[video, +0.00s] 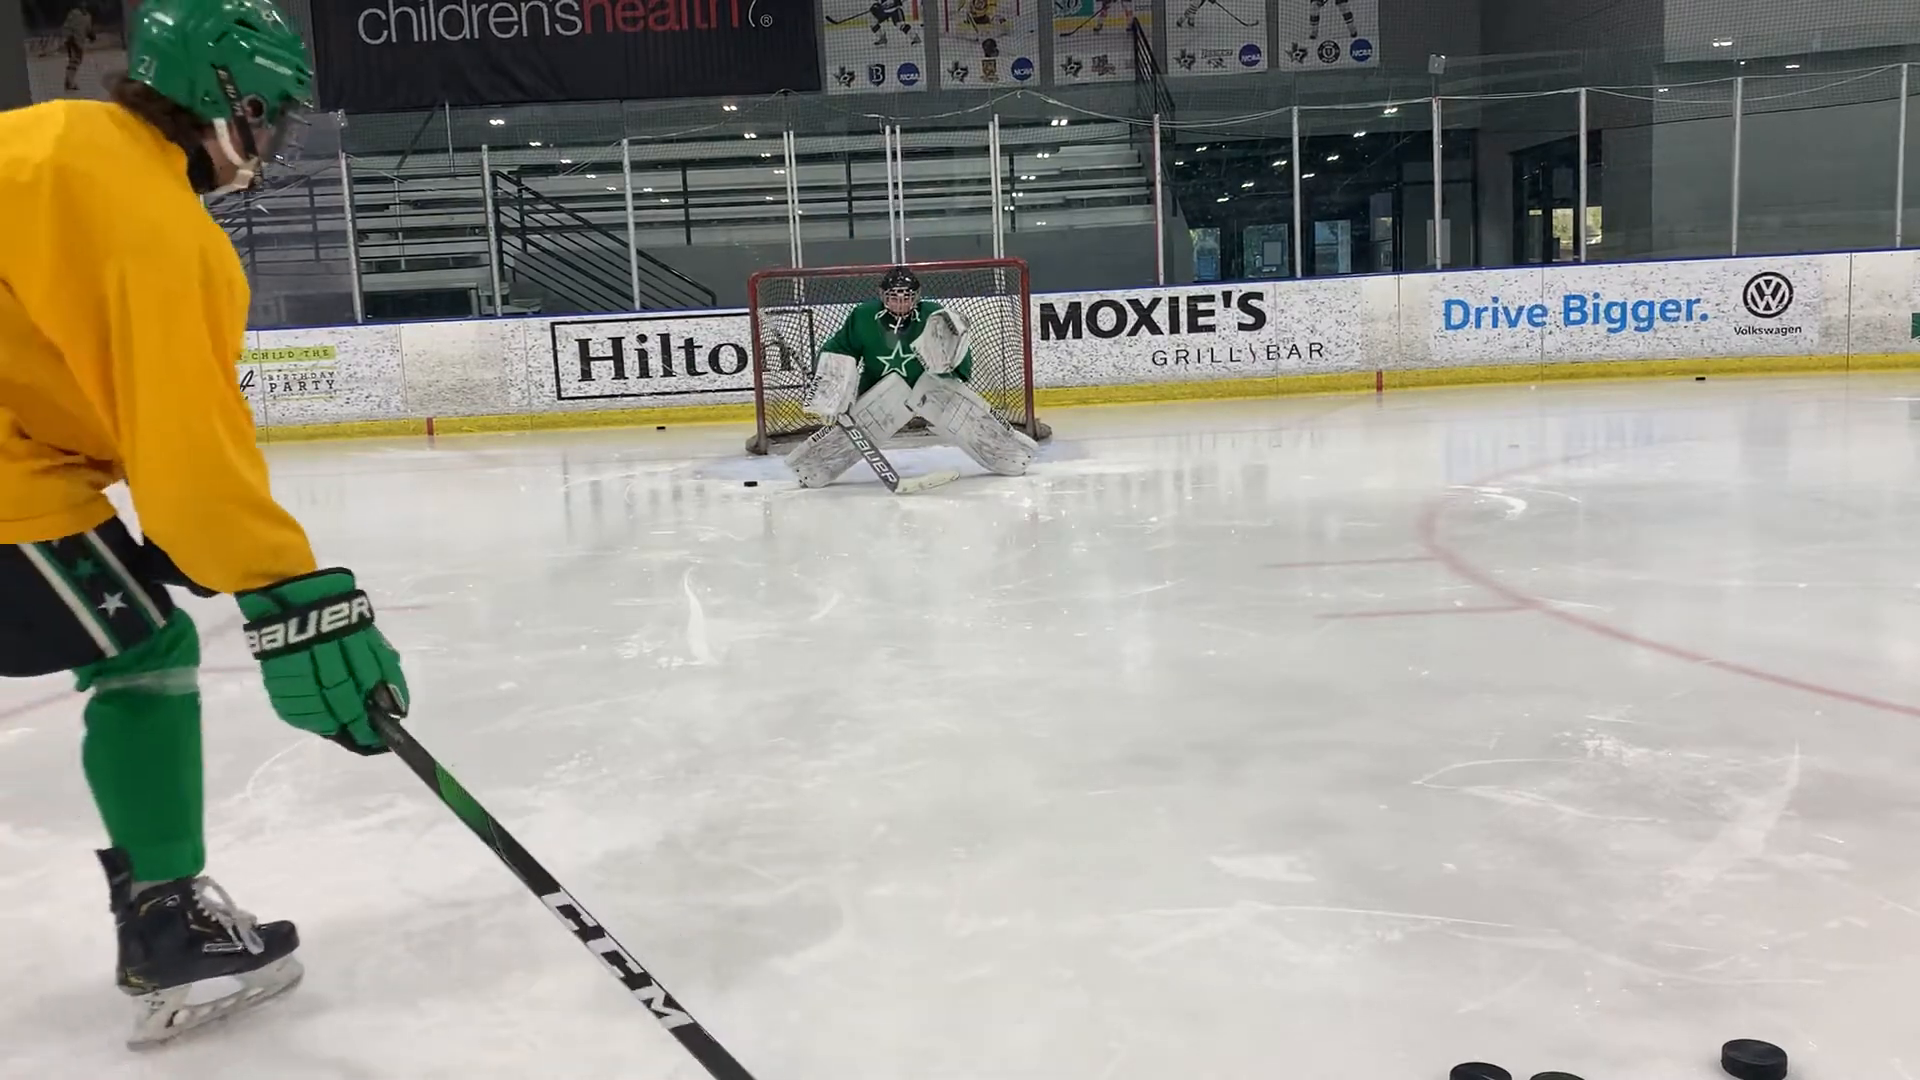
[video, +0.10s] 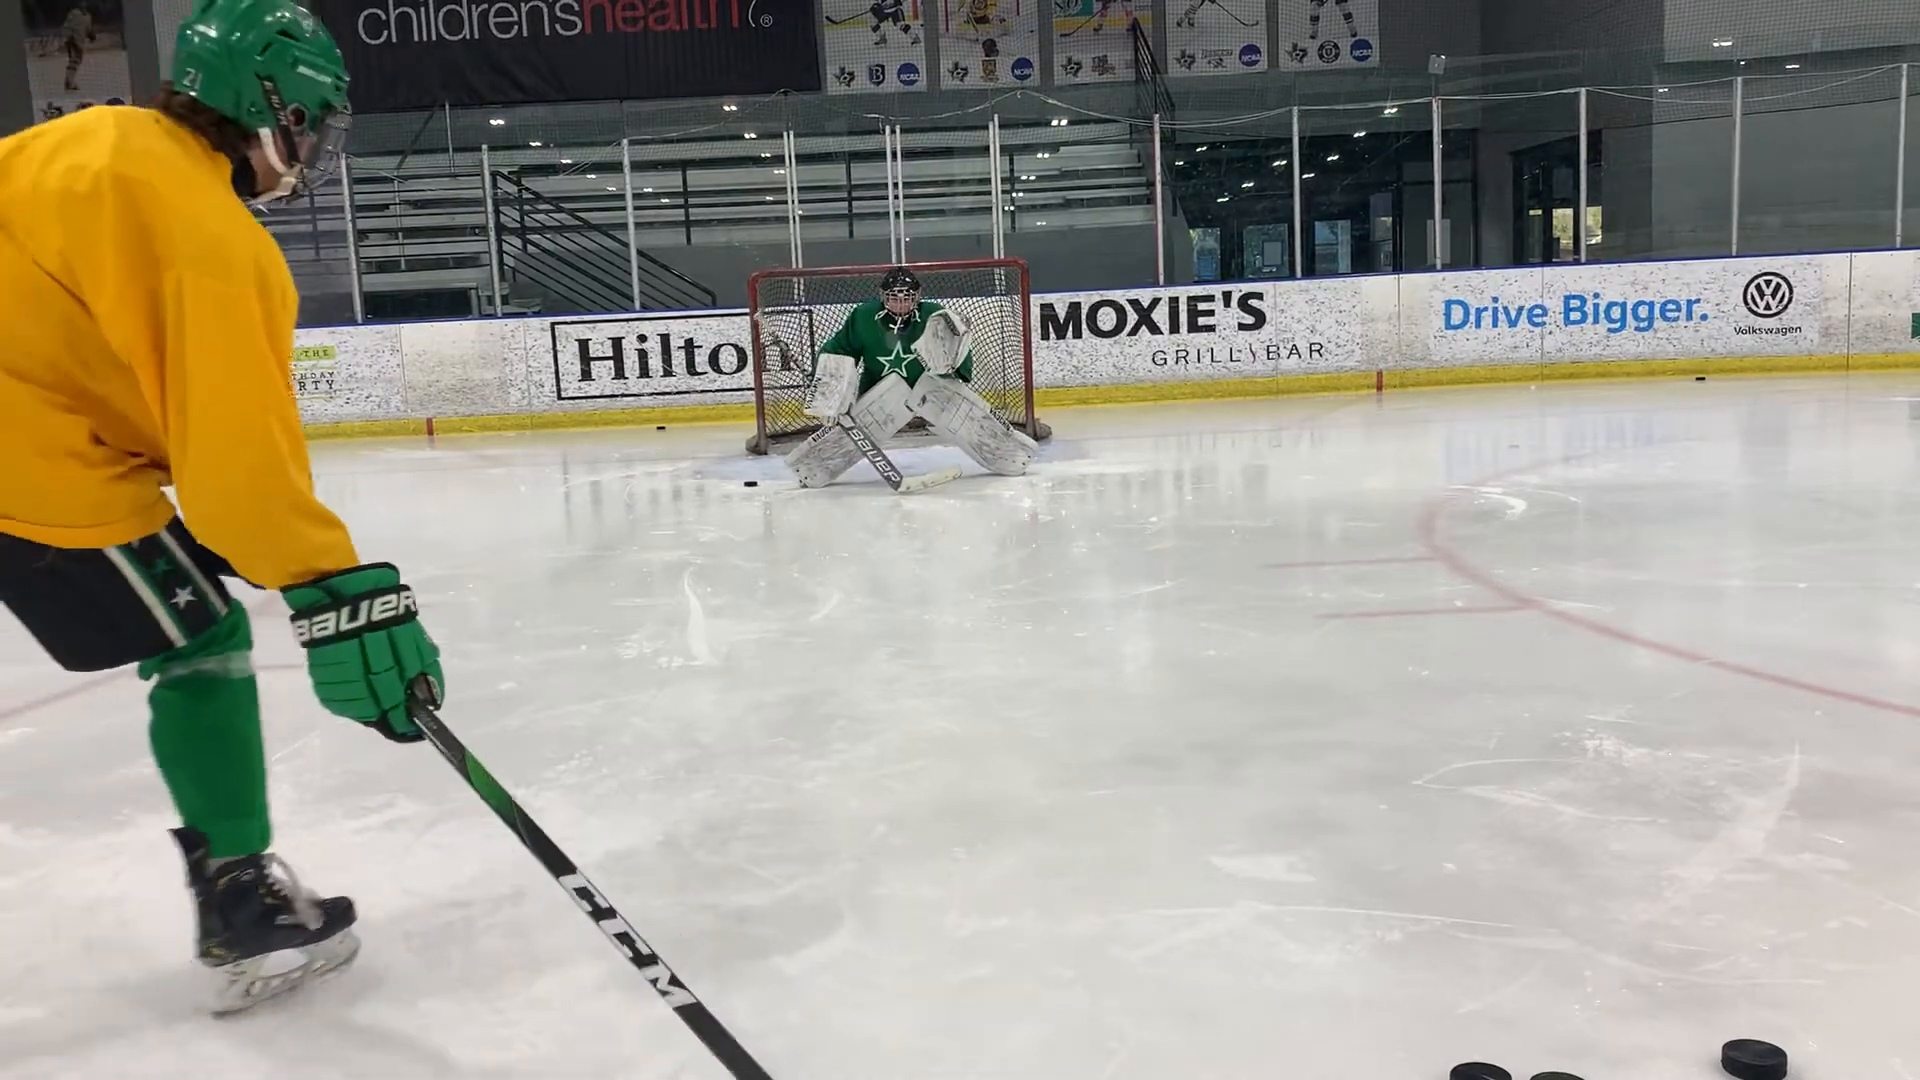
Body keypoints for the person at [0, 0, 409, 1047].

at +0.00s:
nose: (270, 150)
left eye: (278, 125)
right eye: (267, 121)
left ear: (158, 86)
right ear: (220, 106)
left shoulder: (47, 134)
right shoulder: (164, 233)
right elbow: (193, 459)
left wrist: (121, 517)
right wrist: (300, 609)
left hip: (12, 473)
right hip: (11, 485)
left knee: (132, 650)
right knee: (147, 650)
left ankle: (155, 910)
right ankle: (167, 921)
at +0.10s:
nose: (312, 157)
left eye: (319, 131)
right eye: (308, 129)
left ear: (204, 94)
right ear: (261, 114)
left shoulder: (105, 136)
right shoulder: (210, 237)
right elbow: (242, 464)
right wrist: (345, 602)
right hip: (32, 453)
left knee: (190, 629)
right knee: (200, 633)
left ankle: (232, 888)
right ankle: (240, 903)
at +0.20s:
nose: (358, 146)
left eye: (366, 120)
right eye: (357, 116)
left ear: (245, 77)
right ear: (309, 95)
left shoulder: (129, 129)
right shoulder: (241, 196)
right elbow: (254, 412)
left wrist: (223, 504)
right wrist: (336, 550)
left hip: (6, 438)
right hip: (98, 453)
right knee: (248, 635)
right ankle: (324, 857)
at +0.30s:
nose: (401, 152)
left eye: (407, 125)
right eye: (400, 120)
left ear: (283, 79)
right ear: (360, 101)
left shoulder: (142, 88)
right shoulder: (347, 229)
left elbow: (60, 175)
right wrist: (430, 428)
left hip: (19, 423)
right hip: (194, 469)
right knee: (292, 666)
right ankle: (379, 851)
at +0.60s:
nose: (343, 109)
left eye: (349, 88)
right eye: (343, 84)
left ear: (223, 33)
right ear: (313, 62)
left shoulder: (71, 66)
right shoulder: (334, 175)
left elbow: (1, 261)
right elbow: (333, 284)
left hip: (79, 453)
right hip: (270, 465)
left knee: (13, 701)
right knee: (348, 704)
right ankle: (521, 861)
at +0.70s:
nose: (247, 63)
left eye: (245, 45)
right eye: (240, 45)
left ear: (98, 11)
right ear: (210, 33)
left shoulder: (18, 54)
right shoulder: (261, 133)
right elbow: (265, 284)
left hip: (23, 436)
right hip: (217, 430)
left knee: (14, 716)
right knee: (378, 699)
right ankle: (528, 872)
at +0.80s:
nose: (182, 25)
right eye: (175, 21)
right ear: (138, 8)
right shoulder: (195, 81)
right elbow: (230, 294)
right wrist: (165, 386)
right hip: (158, 411)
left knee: (8, 713)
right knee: (333, 674)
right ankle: (460, 920)